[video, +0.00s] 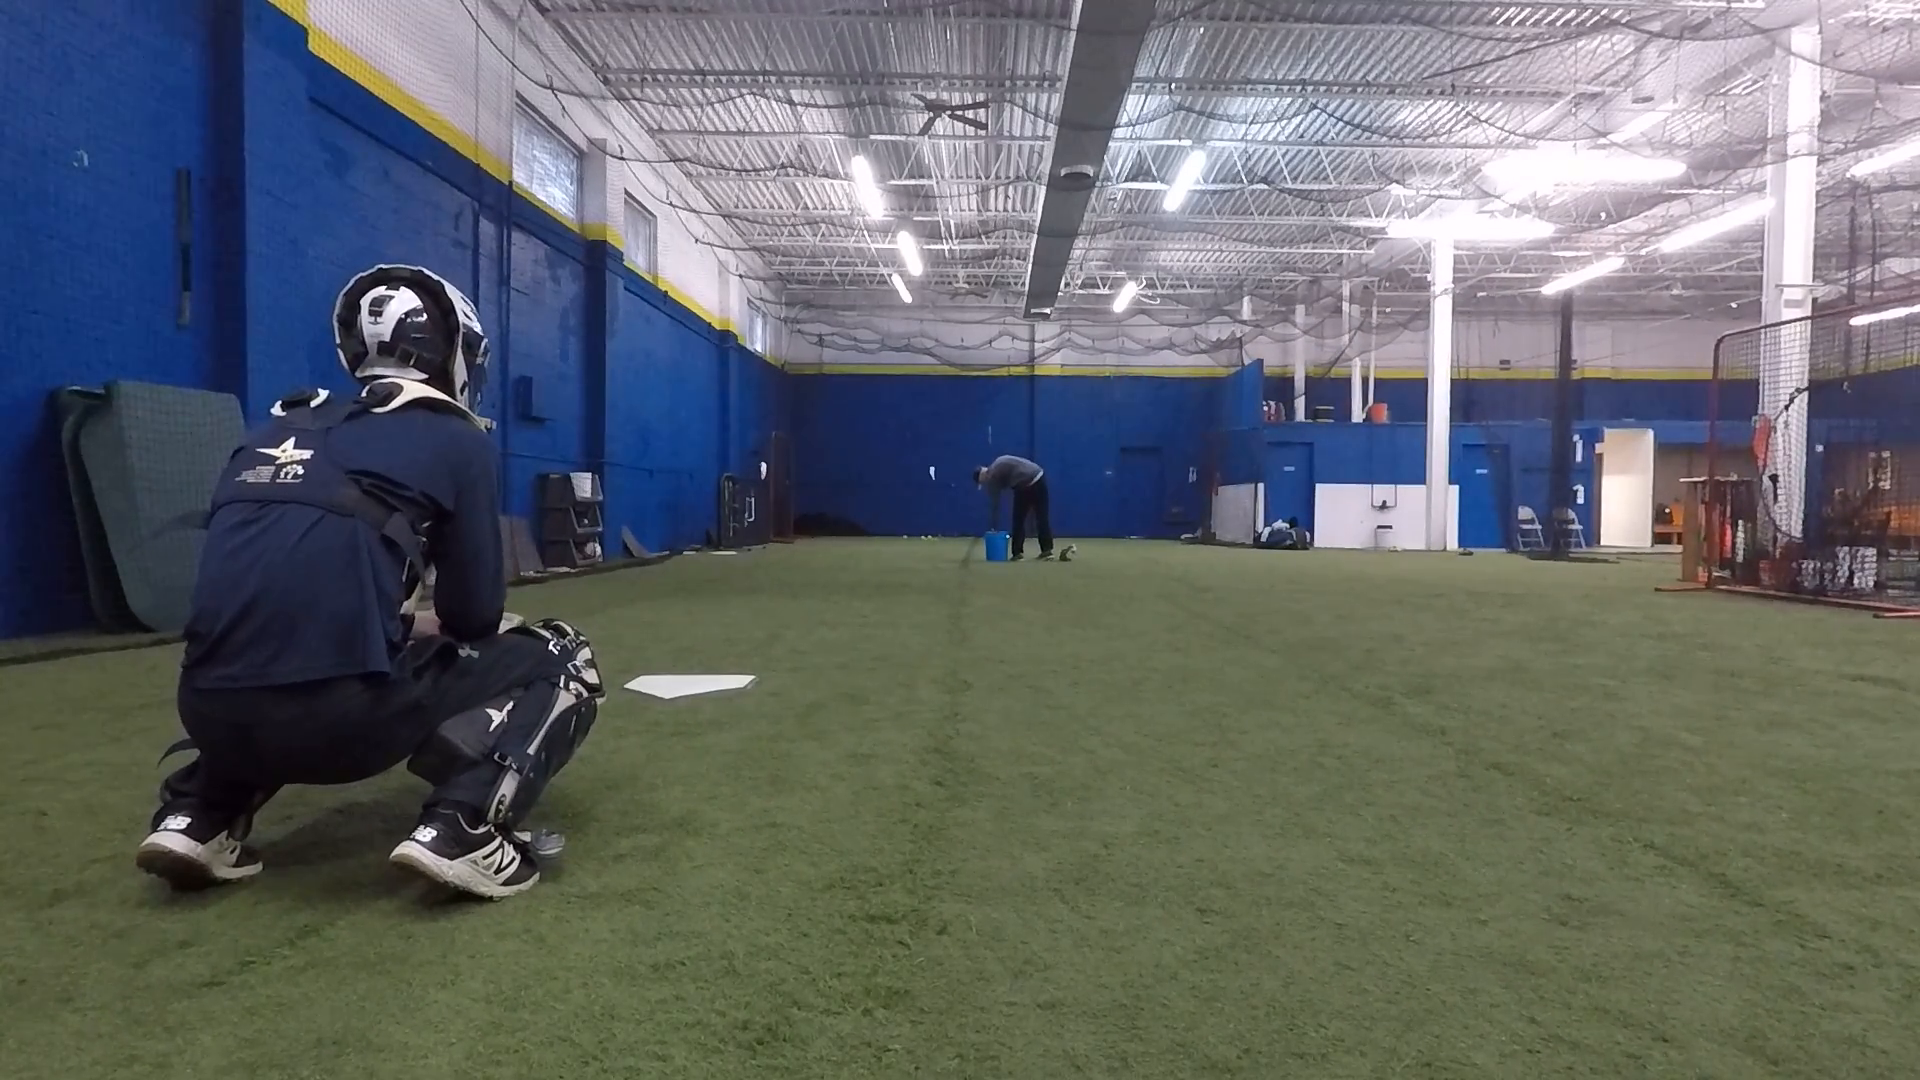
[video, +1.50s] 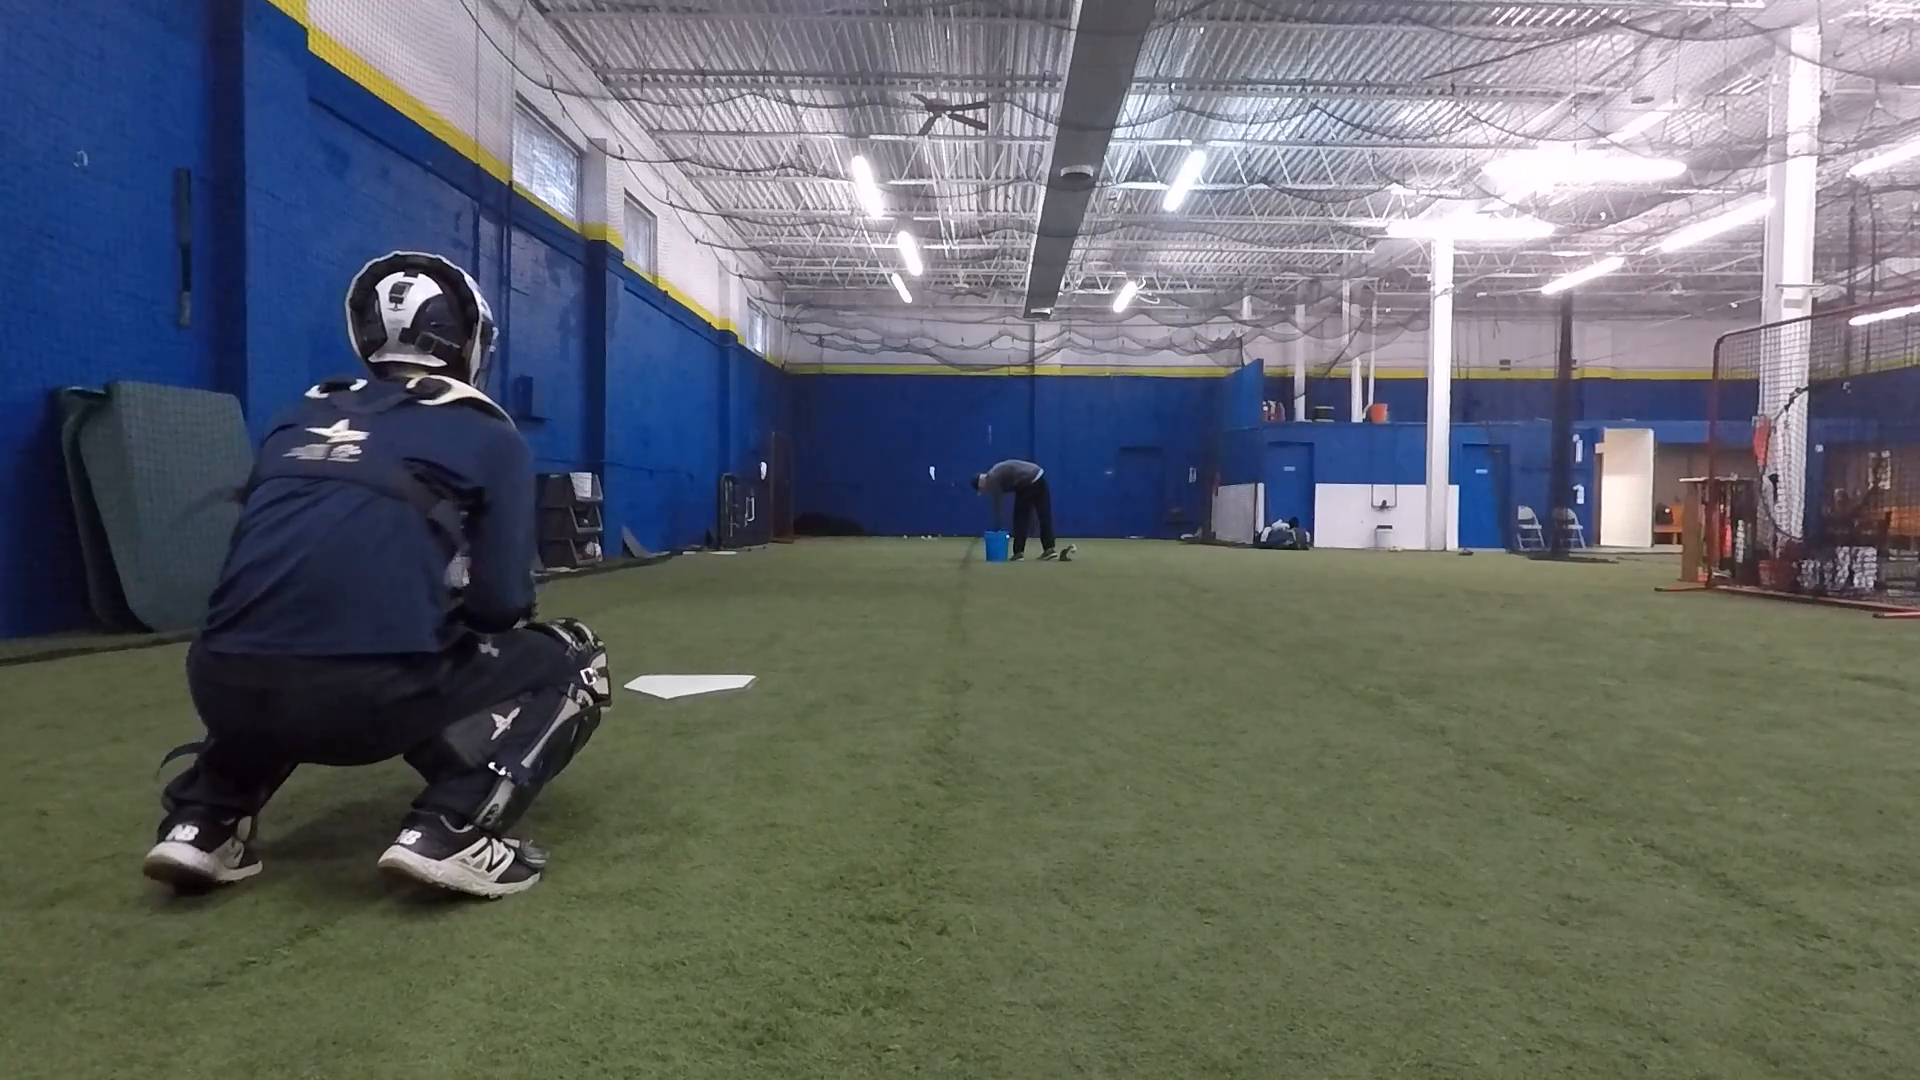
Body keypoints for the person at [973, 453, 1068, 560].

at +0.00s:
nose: (985, 482)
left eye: (982, 480)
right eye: (982, 482)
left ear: (984, 473)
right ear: (983, 477)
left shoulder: (999, 465)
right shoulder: (993, 481)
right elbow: (994, 504)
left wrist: (994, 527)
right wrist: (994, 527)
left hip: (1037, 481)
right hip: (1020, 488)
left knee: (1042, 518)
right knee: (1018, 520)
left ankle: (1047, 551)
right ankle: (1017, 553)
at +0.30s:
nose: (982, 480)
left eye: (980, 477)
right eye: (980, 478)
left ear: (981, 470)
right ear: (981, 469)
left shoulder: (993, 467)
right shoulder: (992, 473)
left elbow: (1001, 494)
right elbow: (1001, 495)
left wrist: (996, 516)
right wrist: (997, 517)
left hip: (1036, 481)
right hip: (1020, 486)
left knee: (1042, 517)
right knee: (1019, 520)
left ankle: (1048, 549)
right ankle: (1017, 552)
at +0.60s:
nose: (981, 475)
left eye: (979, 473)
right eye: (978, 474)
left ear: (980, 465)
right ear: (981, 464)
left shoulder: (991, 467)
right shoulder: (992, 465)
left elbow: (1006, 485)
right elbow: (1005, 485)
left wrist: (1002, 504)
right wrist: (1002, 503)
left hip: (1035, 479)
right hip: (1021, 484)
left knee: (1041, 515)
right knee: (1021, 518)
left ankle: (1048, 549)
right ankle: (1018, 552)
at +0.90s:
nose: (982, 478)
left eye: (980, 476)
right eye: (979, 477)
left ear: (980, 469)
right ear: (980, 468)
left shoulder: (993, 468)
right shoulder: (991, 471)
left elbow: (998, 497)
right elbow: (997, 498)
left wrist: (999, 521)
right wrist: (998, 521)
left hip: (1036, 480)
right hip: (1021, 485)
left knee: (1042, 516)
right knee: (1021, 519)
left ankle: (1048, 549)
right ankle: (1018, 552)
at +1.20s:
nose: (983, 487)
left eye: (981, 484)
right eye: (980, 485)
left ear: (981, 477)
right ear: (982, 474)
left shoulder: (993, 476)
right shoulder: (992, 474)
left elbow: (997, 504)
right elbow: (997, 504)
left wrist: (998, 528)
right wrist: (998, 528)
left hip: (1036, 481)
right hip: (1021, 485)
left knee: (1043, 516)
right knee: (1020, 519)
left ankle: (1049, 548)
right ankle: (1018, 552)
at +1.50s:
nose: (985, 492)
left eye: (982, 490)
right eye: (982, 491)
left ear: (982, 482)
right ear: (982, 480)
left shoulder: (993, 480)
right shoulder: (993, 478)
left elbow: (997, 506)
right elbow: (997, 507)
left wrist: (998, 531)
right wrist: (999, 531)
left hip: (1036, 480)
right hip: (1021, 486)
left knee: (1044, 516)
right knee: (1020, 520)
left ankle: (1049, 549)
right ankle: (1018, 552)